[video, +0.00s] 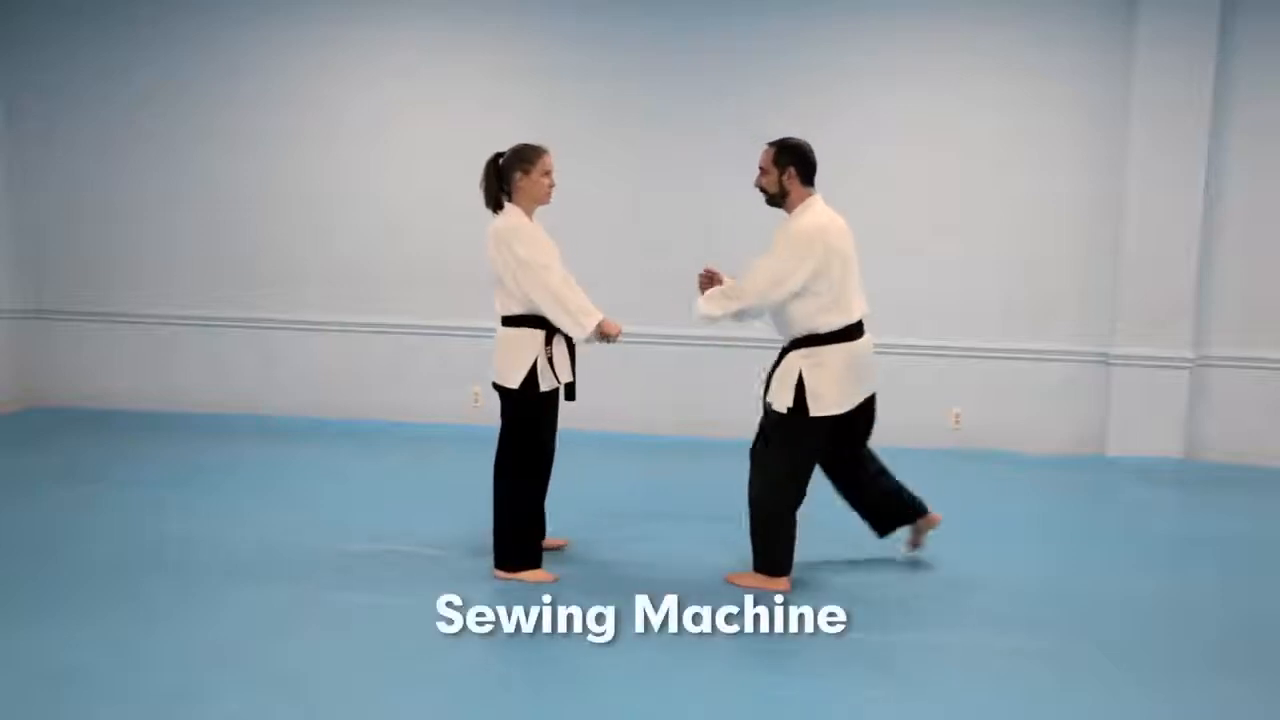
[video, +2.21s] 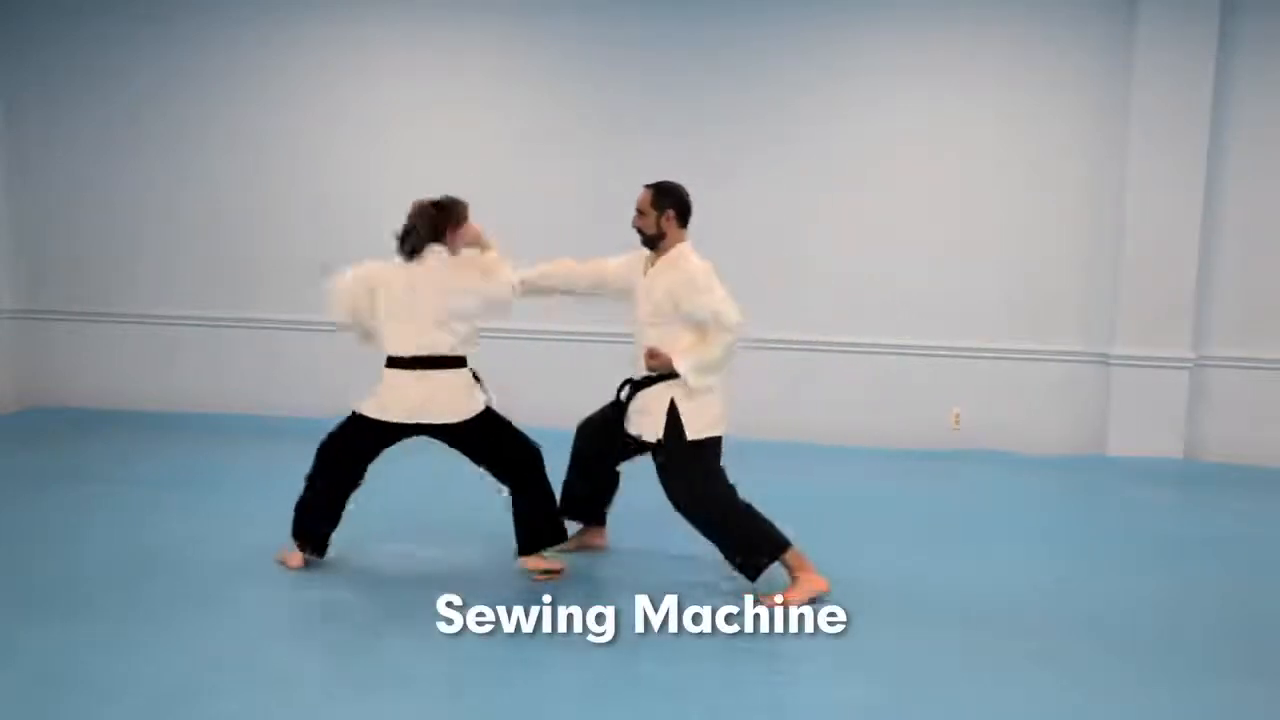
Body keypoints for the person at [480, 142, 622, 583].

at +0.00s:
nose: (552, 183)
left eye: (552, 175)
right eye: (545, 175)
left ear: (524, 182)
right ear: (518, 180)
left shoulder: (527, 226)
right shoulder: (512, 228)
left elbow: (558, 280)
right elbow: (546, 285)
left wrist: (594, 319)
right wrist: (593, 322)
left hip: (541, 352)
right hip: (526, 354)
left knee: (536, 452)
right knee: (522, 457)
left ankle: (529, 537)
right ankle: (513, 561)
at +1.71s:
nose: (589, 215)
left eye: (589, 206)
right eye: (585, 206)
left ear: (558, 204)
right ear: (564, 204)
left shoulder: (529, 233)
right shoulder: (540, 235)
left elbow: (554, 295)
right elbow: (564, 278)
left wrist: (594, 317)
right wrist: (615, 271)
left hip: (480, 360)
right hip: (493, 366)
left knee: (508, 457)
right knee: (529, 459)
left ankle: (516, 549)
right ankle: (524, 562)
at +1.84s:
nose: (576, 219)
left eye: (576, 211)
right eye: (571, 210)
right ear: (548, 206)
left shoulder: (542, 252)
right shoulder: (519, 238)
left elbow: (544, 309)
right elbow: (549, 228)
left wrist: (564, 330)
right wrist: (564, 213)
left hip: (467, 366)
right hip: (478, 371)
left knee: (448, 452)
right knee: (525, 462)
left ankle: (386, 510)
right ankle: (521, 562)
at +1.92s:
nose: (560, 221)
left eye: (560, 213)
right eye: (556, 213)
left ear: (541, 217)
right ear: (535, 215)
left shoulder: (534, 259)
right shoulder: (501, 245)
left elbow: (538, 311)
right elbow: (495, 223)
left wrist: (535, 340)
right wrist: (515, 199)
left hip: (462, 373)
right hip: (474, 377)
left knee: (409, 455)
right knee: (531, 465)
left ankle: (340, 512)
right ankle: (522, 562)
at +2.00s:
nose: (538, 224)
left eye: (537, 216)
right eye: (533, 216)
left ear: (511, 217)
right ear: (511, 218)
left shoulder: (512, 260)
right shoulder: (476, 248)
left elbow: (500, 334)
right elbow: (462, 228)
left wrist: (510, 392)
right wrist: (476, 195)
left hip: (439, 376)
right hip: (464, 382)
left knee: (391, 459)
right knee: (532, 466)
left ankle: (315, 521)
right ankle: (527, 563)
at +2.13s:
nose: (495, 230)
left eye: (495, 222)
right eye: (493, 222)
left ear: (449, 223)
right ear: (478, 224)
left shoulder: (414, 265)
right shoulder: (475, 263)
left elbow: (395, 321)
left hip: (400, 393)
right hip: (455, 398)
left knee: (354, 466)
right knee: (527, 458)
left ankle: (306, 547)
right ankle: (527, 553)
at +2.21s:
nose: (473, 229)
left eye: (469, 221)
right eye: (466, 224)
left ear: (415, 233)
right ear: (451, 233)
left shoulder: (383, 275)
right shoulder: (470, 273)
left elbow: (341, 305)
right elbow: (506, 286)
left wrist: (380, 329)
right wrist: (485, 247)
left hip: (392, 402)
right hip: (454, 404)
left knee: (336, 457)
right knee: (523, 459)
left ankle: (305, 548)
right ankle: (534, 551)